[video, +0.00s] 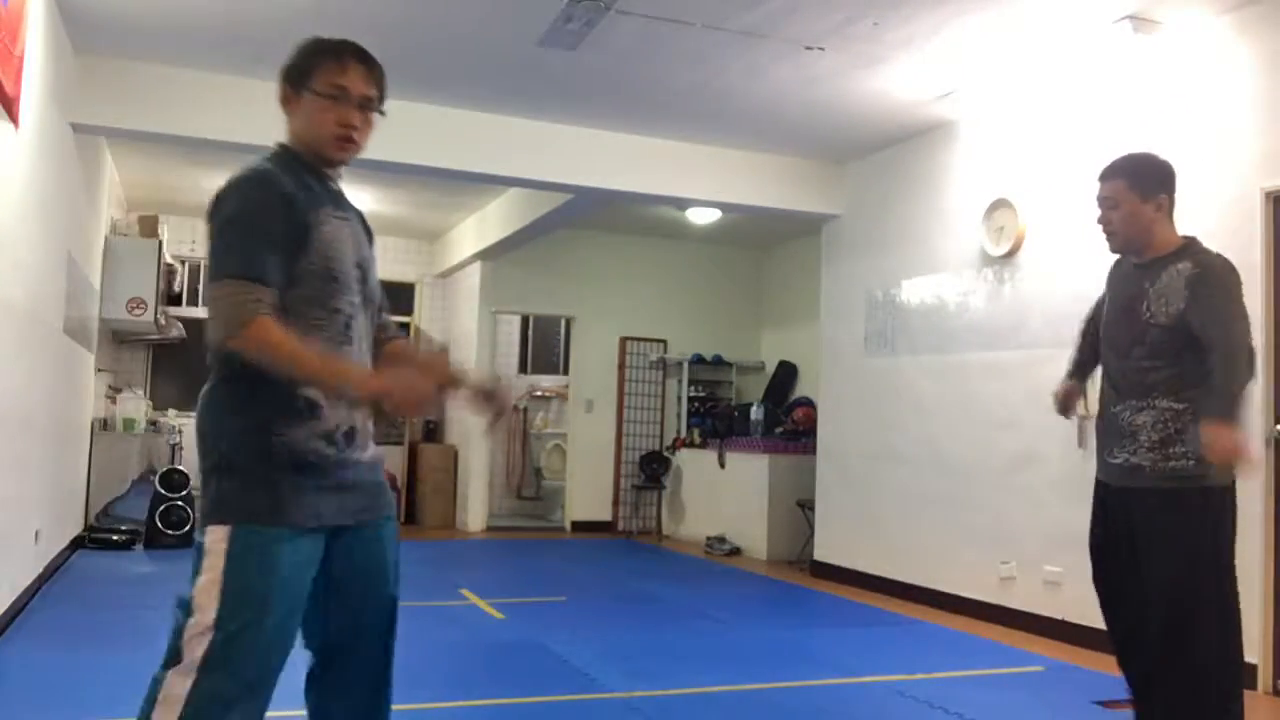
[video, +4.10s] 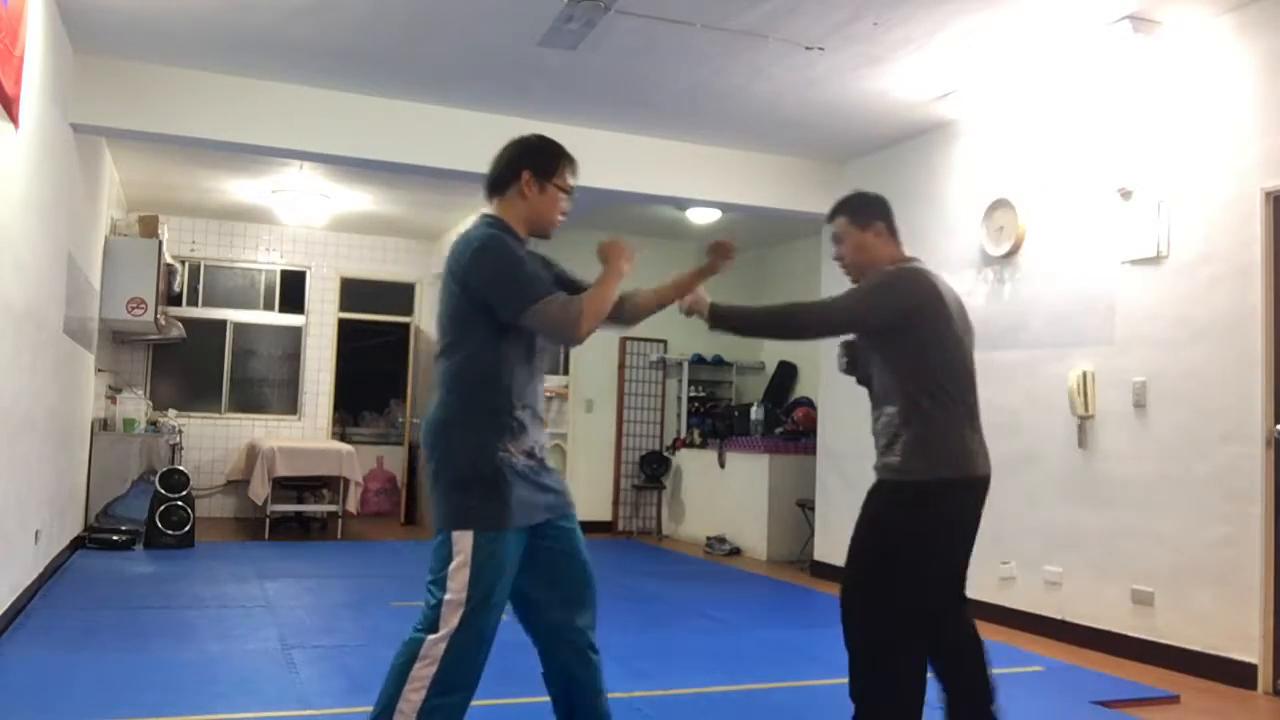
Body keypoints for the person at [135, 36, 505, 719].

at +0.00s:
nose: (353, 118)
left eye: (367, 107)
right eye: (336, 98)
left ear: (376, 122)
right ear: (290, 101)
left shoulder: (352, 219)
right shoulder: (257, 192)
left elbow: (376, 339)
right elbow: (238, 323)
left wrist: (464, 386)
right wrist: (368, 383)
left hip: (353, 478)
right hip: (265, 477)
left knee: (357, 672)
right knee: (220, 678)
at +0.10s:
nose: (363, 123)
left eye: (377, 112)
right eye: (347, 104)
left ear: (385, 124)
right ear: (299, 103)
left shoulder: (360, 221)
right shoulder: (269, 190)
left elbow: (387, 321)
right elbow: (280, 315)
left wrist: (468, 323)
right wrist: (417, 321)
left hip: (355, 464)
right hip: (274, 465)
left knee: (360, 656)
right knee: (230, 661)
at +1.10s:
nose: (406, 151)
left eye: (408, 139)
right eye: (397, 134)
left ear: (357, 134)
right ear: (351, 128)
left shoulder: (366, 226)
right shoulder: (312, 208)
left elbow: (429, 322)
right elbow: (372, 305)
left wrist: (498, 267)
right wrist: (450, 261)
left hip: (394, 460)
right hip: (326, 459)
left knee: (401, 635)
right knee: (304, 628)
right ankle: (228, 717)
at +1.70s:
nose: (432, 145)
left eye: (444, 135)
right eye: (416, 129)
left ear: (452, 147)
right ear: (375, 130)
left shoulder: (424, 237)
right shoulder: (351, 210)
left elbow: (448, 348)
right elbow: (376, 316)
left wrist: (537, 329)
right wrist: (482, 289)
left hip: (427, 464)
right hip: (356, 466)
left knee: (445, 644)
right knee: (345, 653)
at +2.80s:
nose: (512, 188)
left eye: (521, 180)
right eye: (498, 173)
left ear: (525, 188)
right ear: (459, 172)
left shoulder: (479, 250)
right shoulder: (449, 242)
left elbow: (508, 363)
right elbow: (474, 348)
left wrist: (579, 348)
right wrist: (555, 324)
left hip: (502, 463)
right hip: (453, 464)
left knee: (530, 616)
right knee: (425, 618)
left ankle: (531, 714)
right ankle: (354, 715)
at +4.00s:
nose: (549, 200)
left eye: (552, 188)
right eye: (545, 184)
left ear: (506, 180)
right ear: (509, 175)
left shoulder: (494, 249)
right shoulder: (473, 242)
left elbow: (559, 346)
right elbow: (543, 337)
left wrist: (640, 310)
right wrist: (593, 289)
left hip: (518, 464)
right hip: (472, 465)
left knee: (566, 600)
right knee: (450, 627)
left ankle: (555, 715)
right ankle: (398, 718)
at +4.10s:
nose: (568, 206)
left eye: (571, 194)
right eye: (563, 191)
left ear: (528, 187)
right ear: (527, 183)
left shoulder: (531, 262)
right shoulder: (484, 249)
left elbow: (616, 309)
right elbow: (572, 323)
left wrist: (696, 273)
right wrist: (614, 272)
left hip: (529, 464)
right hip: (479, 465)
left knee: (568, 622)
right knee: (454, 630)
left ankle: (587, 716)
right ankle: (399, 716)